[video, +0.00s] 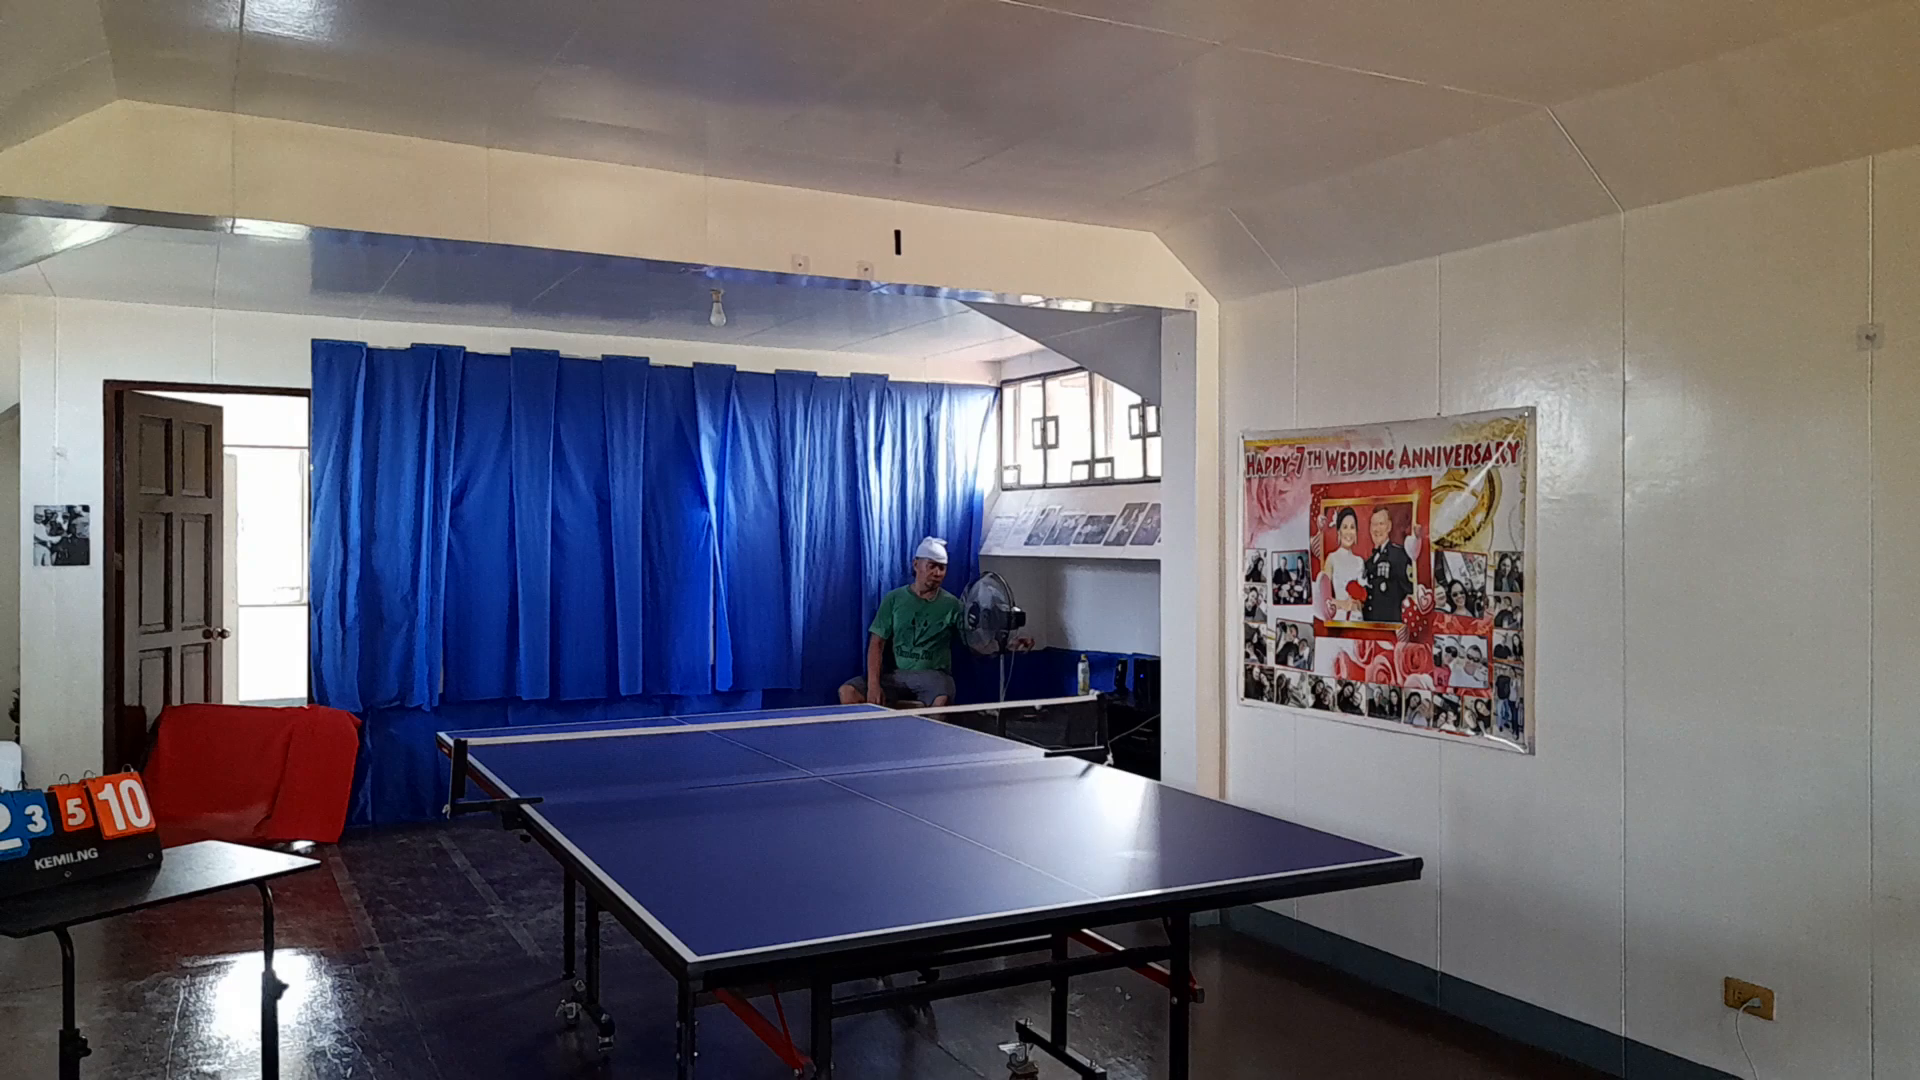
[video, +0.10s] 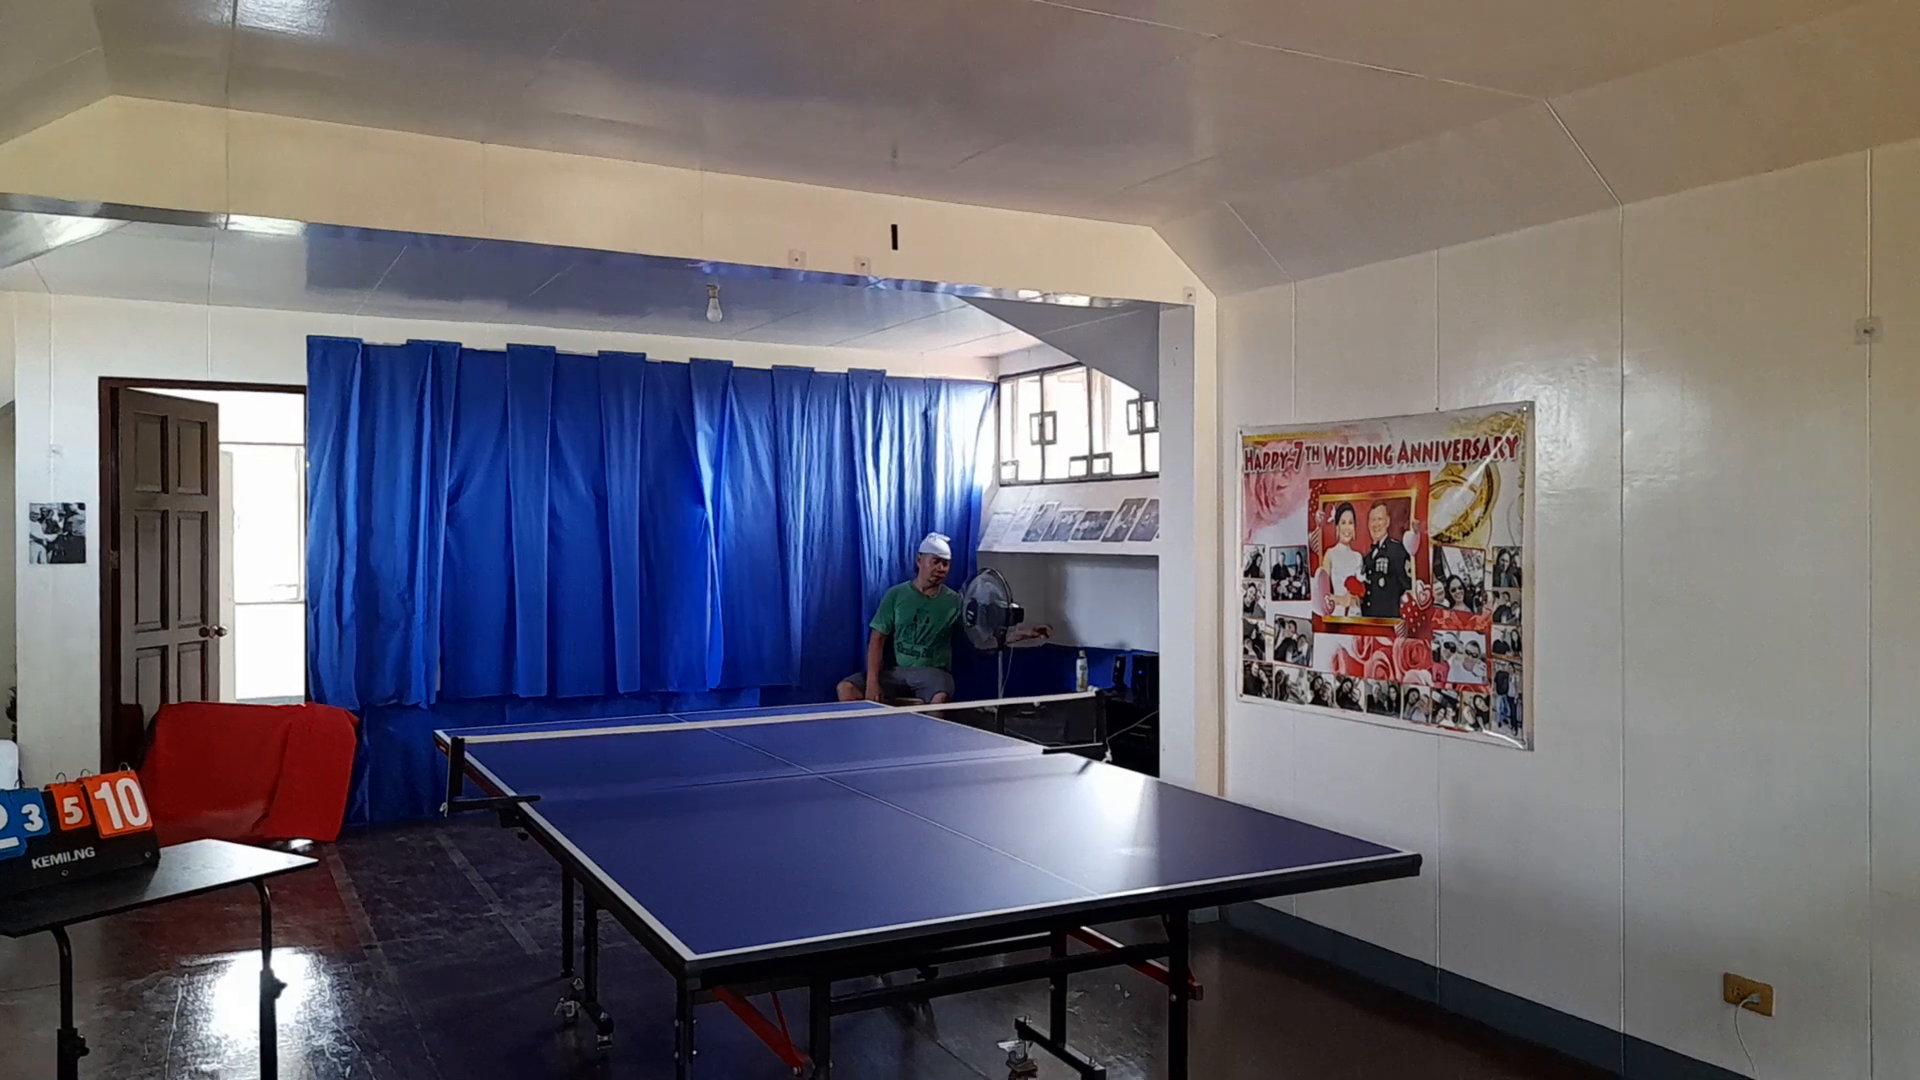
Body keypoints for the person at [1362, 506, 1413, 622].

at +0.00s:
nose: (1376, 529)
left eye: (1381, 524)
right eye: (1373, 524)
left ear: (1389, 526)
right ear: (1369, 527)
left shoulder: (1399, 554)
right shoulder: (1368, 562)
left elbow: (1407, 588)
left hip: (1392, 619)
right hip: (1370, 620)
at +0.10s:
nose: (1376, 524)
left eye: (1380, 519)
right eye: (1372, 520)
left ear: (1388, 521)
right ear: (1368, 523)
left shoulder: (1398, 550)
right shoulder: (1366, 558)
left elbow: (1407, 585)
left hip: (1392, 615)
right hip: (1369, 616)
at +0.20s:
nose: (1378, 530)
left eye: (1382, 526)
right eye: (1374, 526)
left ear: (1390, 527)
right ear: (1370, 529)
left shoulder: (1400, 556)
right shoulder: (1369, 564)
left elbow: (1409, 591)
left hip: (1393, 622)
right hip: (1371, 622)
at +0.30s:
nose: (1377, 529)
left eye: (1382, 525)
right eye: (1374, 525)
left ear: (1389, 527)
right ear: (1369, 528)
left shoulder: (1399, 555)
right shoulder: (1368, 563)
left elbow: (1407, 589)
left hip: (1392, 621)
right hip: (1370, 621)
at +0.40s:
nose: (1376, 525)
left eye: (1380, 521)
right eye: (1373, 521)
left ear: (1388, 523)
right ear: (1368, 524)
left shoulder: (1398, 551)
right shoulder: (1367, 559)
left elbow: (1407, 586)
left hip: (1391, 617)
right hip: (1369, 618)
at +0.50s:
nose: (1378, 529)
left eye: (1382, 524)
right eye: (1374, 525)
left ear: (1390, 527)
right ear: (1370, 528)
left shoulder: (1399, 554)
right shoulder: (1369, 562)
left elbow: (1408, 589)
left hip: (1393, 620)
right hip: (1371, 621)